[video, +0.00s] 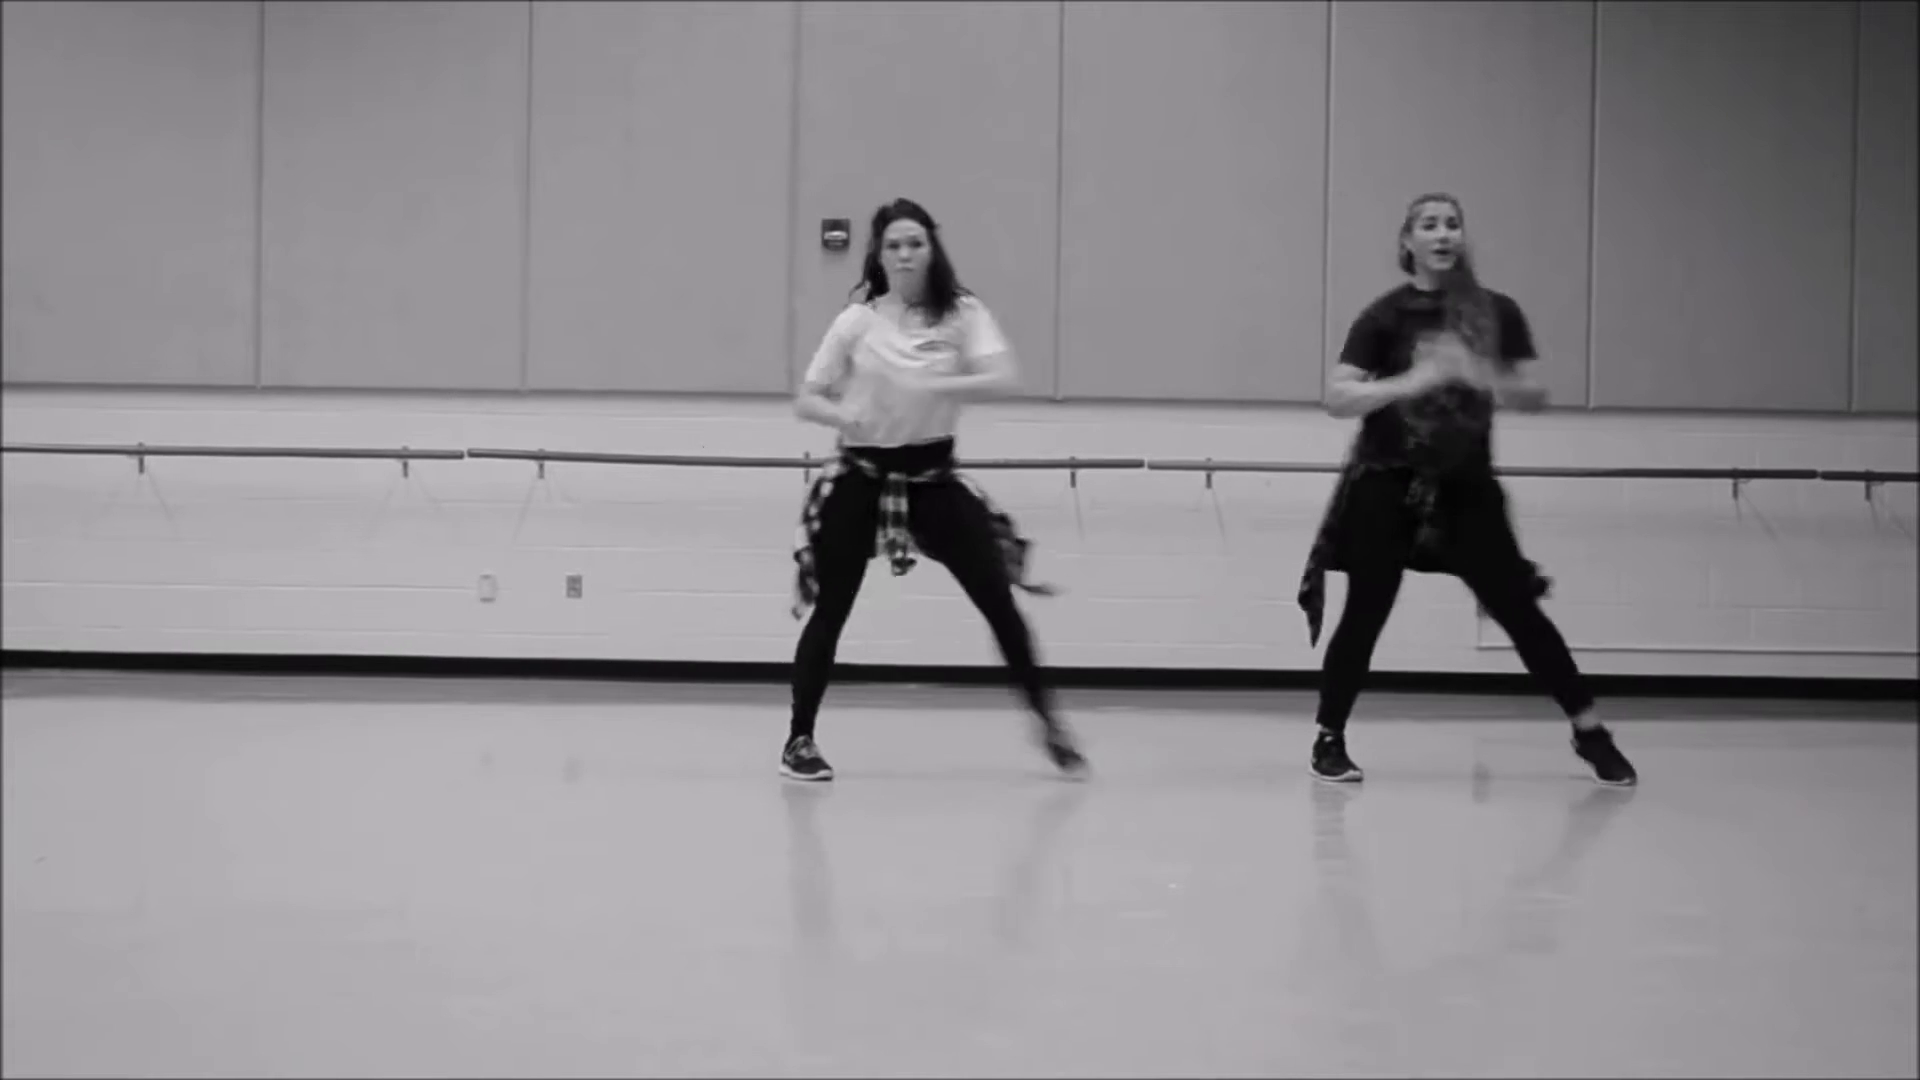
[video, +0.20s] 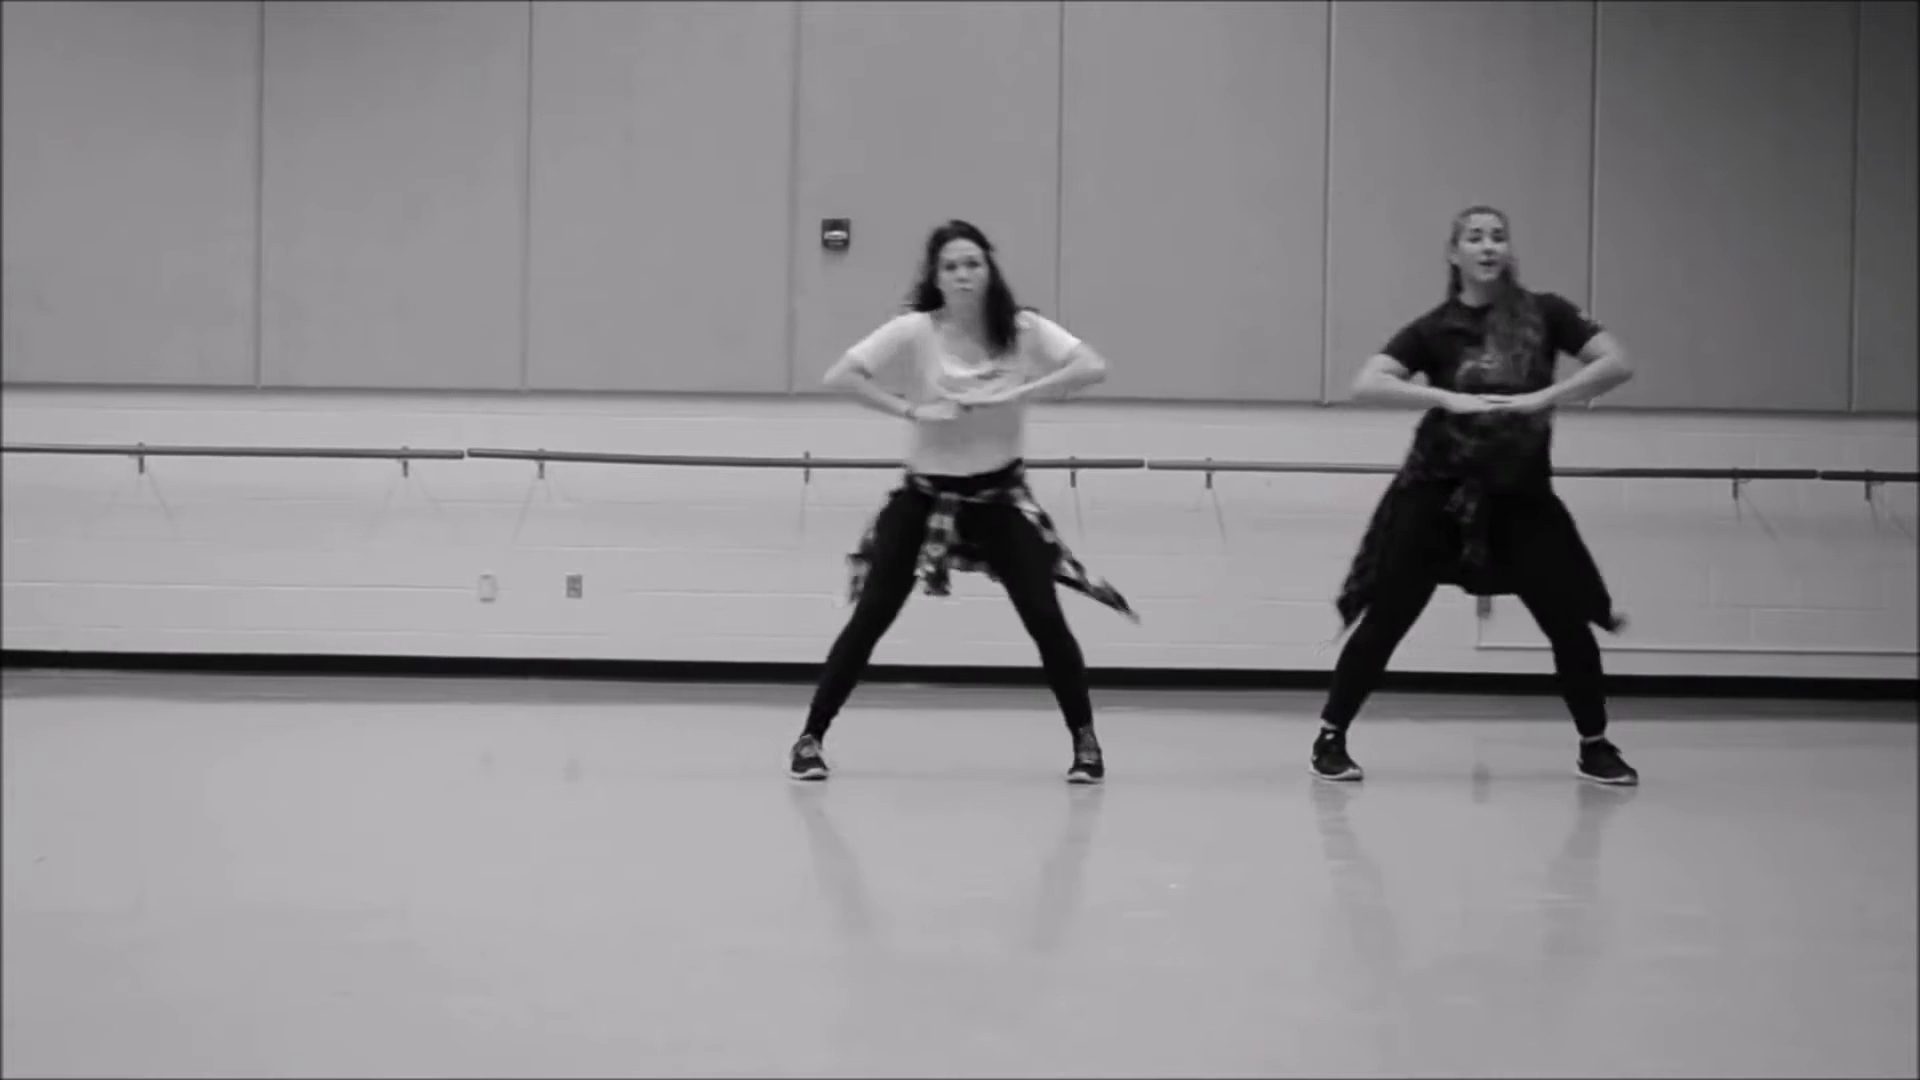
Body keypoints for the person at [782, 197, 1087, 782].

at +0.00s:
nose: (906, 254)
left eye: (916, 243)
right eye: (895, 245)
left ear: (934, 250)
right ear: (878, 255)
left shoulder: (963, 313)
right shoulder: (856, 321)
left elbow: (1006, 377)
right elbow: (807, 399)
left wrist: (938, 386)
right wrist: (844, 417)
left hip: (933, 480)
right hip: (861, 481)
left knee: (997, 601)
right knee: (831, 611)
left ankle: (1051, 726)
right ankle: (800, 740)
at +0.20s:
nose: (962, 275)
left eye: (972, 265)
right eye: (950, 267)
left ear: (990, 272)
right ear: (935, 278)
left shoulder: (1023, 328)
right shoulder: (913, 331)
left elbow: (1091, 368)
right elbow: (840, 377)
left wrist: (1015, 396)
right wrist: (909, 409)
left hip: (999, 499)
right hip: (924, 499)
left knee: (1045, 622)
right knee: (871, 617)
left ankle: (1085, 741)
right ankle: (810, 739)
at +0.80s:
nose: (1017, 291)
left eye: (1027, 281)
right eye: (1006, 283)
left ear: (1044, 289)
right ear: (990, 292)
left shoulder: (1072, 354)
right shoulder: (963, 354)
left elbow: (1161, 366)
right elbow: (913, 421)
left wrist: (1082, 397)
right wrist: (978, 420)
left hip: (1035, 519)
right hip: (959, 512)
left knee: (1070, 631)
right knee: (892, 622)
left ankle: (1086, 747)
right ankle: (815, 739)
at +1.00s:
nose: (1012, 294)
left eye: (1022, 283)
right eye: (1001, 286)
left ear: (1042, 290)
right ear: (988, 295)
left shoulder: (1077, 357)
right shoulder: (967, 355)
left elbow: (1165, 370)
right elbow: (917, 417)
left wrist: (1091, 407)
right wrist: (993, 424)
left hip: (1039, 521)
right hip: (961, 514)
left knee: (1075, 630)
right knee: (893, 624)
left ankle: (1086, 747)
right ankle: (815, 740)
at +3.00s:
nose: (837, 275)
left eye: (852, 275)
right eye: (842, 268)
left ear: (869, 304)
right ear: (833, 283)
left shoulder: (848, 361)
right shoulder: (787, 339)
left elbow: (773, 380)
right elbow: (711, 367)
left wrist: (714, 367)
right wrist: (630, 346)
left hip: (812, 507)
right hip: (752, 501)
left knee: (826, 629)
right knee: (664, 599)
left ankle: (850, 744)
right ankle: (659, 740)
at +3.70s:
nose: (798, 324)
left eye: (812, 316)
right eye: (791, 313)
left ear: (834, 326)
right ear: (780, 318)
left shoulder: (837, 398)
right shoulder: (745, 356)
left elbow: (806, 487)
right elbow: (702, 436)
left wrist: (746, 440)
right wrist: (721, 437)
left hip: (797, 526)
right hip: (735, 519)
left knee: (786, 636)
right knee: (673, 613)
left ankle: (859, 731)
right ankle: (660, 717)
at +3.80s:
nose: (802, 327)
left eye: (816, 318)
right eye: (795, 316)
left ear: (839, 330)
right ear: (785, 321)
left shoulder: (844, 399)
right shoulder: (749, 357)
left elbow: (810, 490)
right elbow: (710, 436)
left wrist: (750, 444)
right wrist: (726, 440)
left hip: (804, 526)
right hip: (736, 519)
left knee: (835, 618)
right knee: (634, 591)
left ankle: (839, 732)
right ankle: (664, 716)